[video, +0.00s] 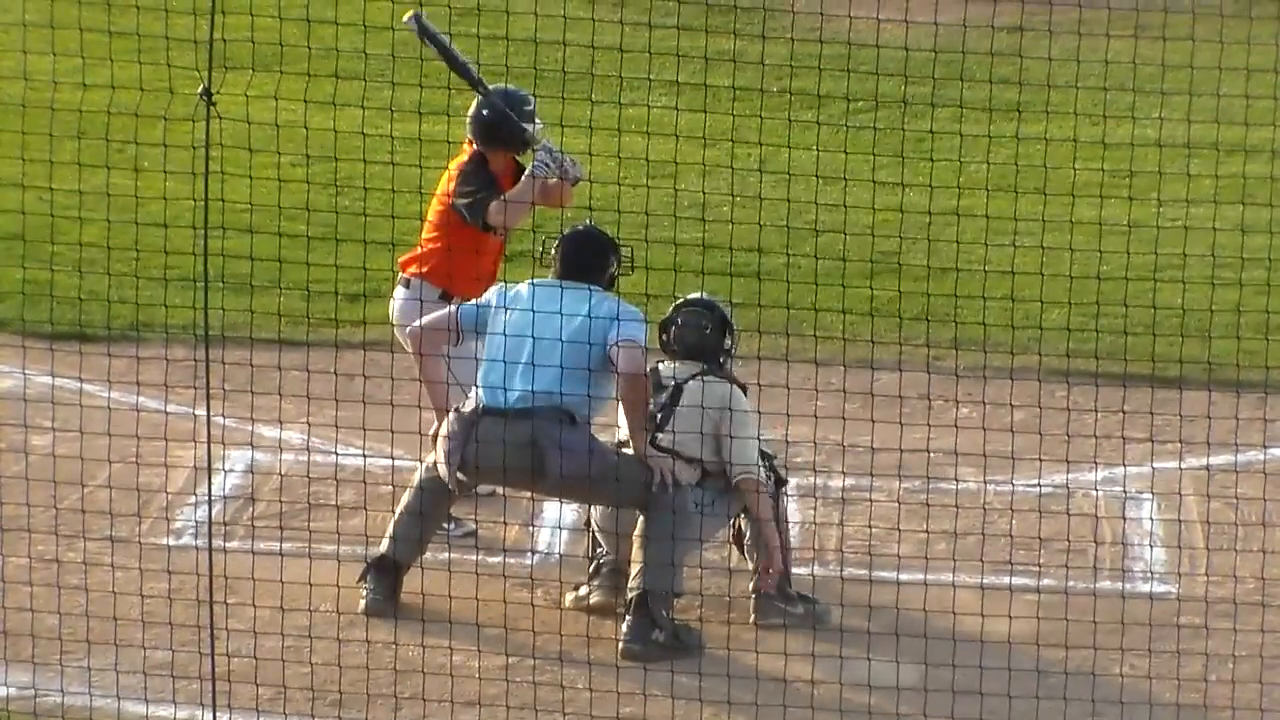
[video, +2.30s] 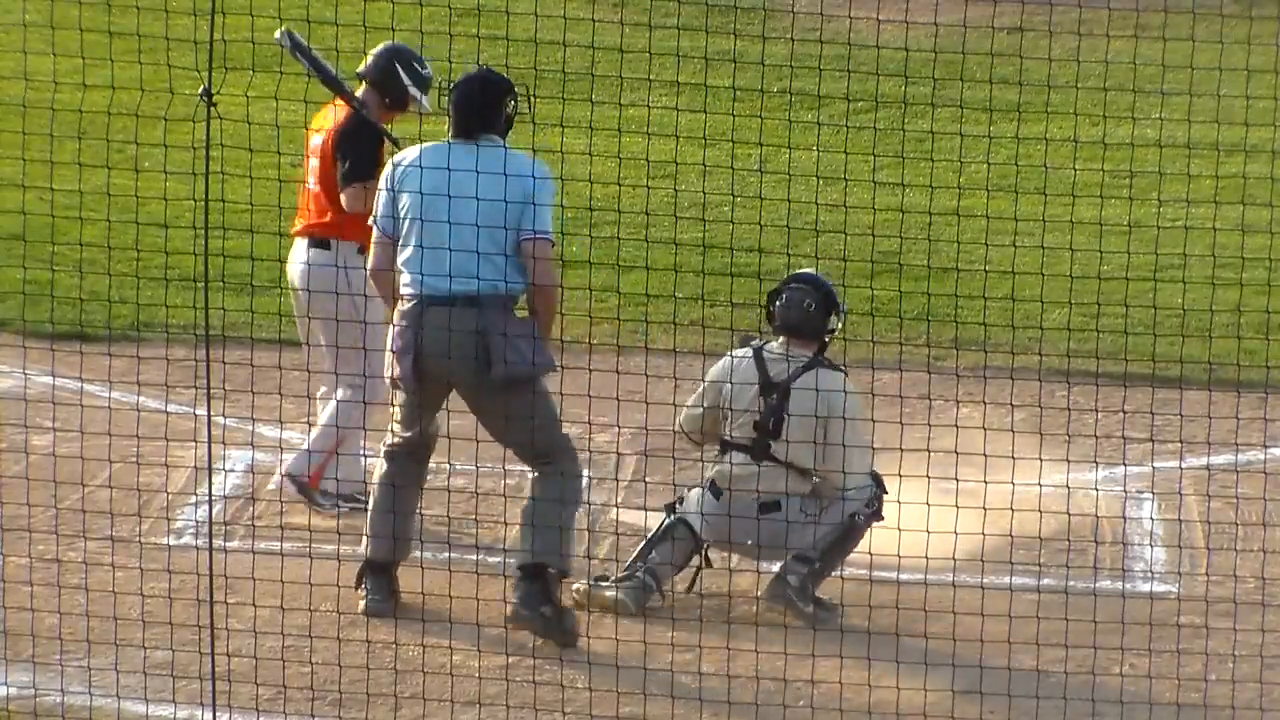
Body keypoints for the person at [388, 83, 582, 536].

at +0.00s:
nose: (532, 133)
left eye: (531, 126)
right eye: (528, 127)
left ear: (485, 131)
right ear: (513, 134)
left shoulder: (507, 168)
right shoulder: (471, 170)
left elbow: (556, 197)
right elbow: (500, 217)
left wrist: (563, 176)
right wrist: (534, 182)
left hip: (458, 304)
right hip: (426, 303)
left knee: (476, 398)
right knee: (462, 405)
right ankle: (434, 508)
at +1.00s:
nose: (536, 173)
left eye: (536, 165)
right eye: (531, 166)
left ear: (491, 168)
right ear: (519, 172)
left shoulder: (511, 210)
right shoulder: (475, 207)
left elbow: (527, 256)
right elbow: (488, 272)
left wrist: (550, 244)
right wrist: (536, 252)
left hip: (450, 327)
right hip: (411, 324)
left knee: (489, 401)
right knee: (467, 410)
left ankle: (443, 504)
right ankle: (435, 509)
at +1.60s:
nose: (514, 131)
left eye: (514, 123)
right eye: (507, 124)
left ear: (481, 127)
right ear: (487, 127)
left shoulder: (489, 161)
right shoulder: (445, 175)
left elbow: (486, 212)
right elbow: (430, 249)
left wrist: (512, 230)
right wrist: (484, 231)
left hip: (454, 286)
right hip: (415, 289)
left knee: (462, 388)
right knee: (445, 397)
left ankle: (410, 465)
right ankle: (434, 504)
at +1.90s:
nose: (471, 102)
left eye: (470, 94)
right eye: (465, 95)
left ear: (433, 97)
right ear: (444, 98)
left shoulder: (434, 136)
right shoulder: (407, 144)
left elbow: (441, 191)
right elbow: (399, 221)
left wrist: (479, 189)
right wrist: (453, 200)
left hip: (414, 274)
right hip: (392, 276)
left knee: (417, 381)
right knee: (435, 383)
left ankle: (354, 473)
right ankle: (432, 506)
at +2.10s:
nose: (435, 103)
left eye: (436, 94)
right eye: (432, 93)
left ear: (394, 85)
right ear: (414, 92)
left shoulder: (377, 123)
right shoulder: (379, 135)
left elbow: (390, 189)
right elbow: (373, 209)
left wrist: (419, 172)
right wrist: (425, 197)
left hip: (356, 260)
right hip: (361, 264)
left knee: (374, 377)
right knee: (394, 378)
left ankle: (345, 485)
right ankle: (405, 498)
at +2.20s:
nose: (419, 107)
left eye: (423, 97)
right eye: (418, 96)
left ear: (381, 81)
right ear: (400, 88)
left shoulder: (348, 118)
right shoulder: (367, 126)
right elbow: (360, 200)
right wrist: (413, 196)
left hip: (325, 258)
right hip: (347, 262)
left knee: (351, 377)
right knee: (382, 378)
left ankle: (339, 481)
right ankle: (349, 482)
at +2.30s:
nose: (402, 111)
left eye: (406, 102)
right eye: (402, 100)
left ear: (367, 83)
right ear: (387, 91)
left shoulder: (330, 116)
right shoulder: (358, 127)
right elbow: (353, 198)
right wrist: (408, 196)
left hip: (308, 257)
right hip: (340, 263)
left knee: (342, 379)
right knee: (368, 387)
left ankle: (348, 484)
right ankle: (305, 469)